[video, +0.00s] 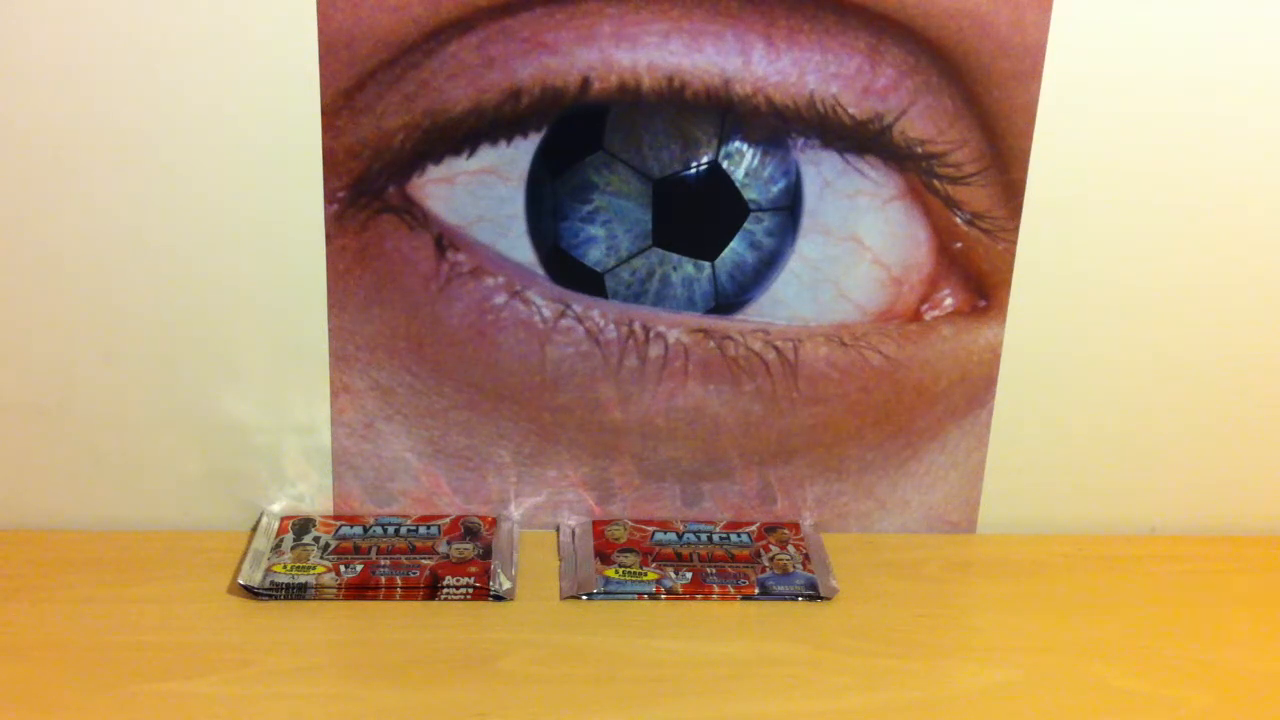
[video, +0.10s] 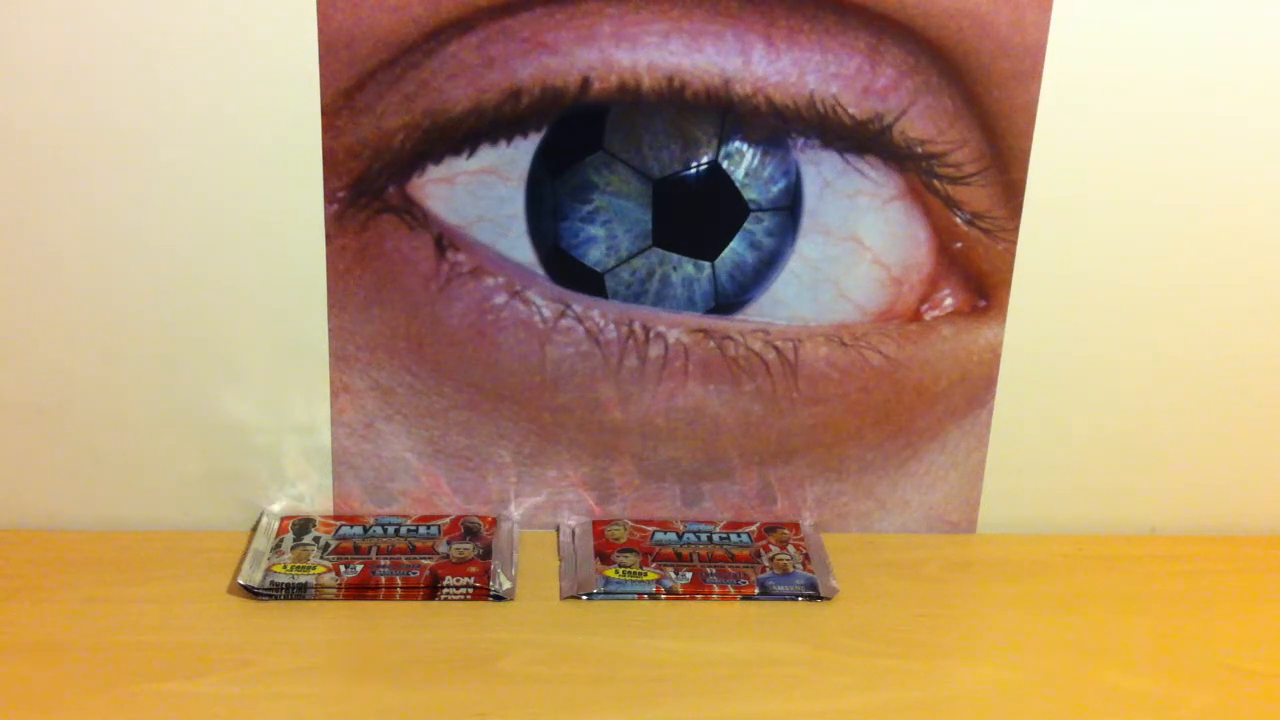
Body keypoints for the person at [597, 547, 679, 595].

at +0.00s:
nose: (621, 560)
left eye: (626, 557)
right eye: (619, 557)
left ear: (638, 558)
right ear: (616, 558)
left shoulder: (651, 573)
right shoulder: (609, 571)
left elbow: (673, 590)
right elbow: (597, 590)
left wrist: (674, 587)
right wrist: (596, 574)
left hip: (641, 607)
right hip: (612, 606)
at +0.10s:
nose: (621, 560)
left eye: (626, 557)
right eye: (619, 557)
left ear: (638, 558)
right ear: (616, 558)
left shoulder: (651, 573)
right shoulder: (609, 571)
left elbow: (673, 589)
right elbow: (596, 590)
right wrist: (596, 573)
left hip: (641, 607)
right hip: (613, 606)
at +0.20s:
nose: (621, 560)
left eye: (626, 557)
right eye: (619, 557)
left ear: (638, 558)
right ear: (616, 558)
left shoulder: (651, 573)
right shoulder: (609, 571)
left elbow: (673, 589)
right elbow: (596, 590)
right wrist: (596, 573)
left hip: (641, 607)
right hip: (613, 606)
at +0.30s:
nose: (621, 560)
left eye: (626, 557)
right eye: (619, 557)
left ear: (638, 558)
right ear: (616, 558)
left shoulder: (651, 573)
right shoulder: (609, 571)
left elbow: (669, 586)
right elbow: (597, 590)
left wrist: (674, 588)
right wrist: (596, 574)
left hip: (641, 607)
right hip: (612, 606)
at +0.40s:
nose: (621, 560)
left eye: (626, 557)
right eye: (619, 557)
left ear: (638, 558)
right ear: (616, 558)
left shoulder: (651, 573)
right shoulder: (609, 571)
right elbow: (597, 590)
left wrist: (674, 587)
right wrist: (596, 573)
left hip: (641, 607)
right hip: (612, 606)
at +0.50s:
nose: (621, 560)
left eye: (626, 557)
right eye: (619, 557)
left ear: (638, 558)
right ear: (616, 558)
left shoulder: (651, 573)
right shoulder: (609, 571)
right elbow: (597, 589)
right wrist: (597, 574)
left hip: (641, 606)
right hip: (612, 605)